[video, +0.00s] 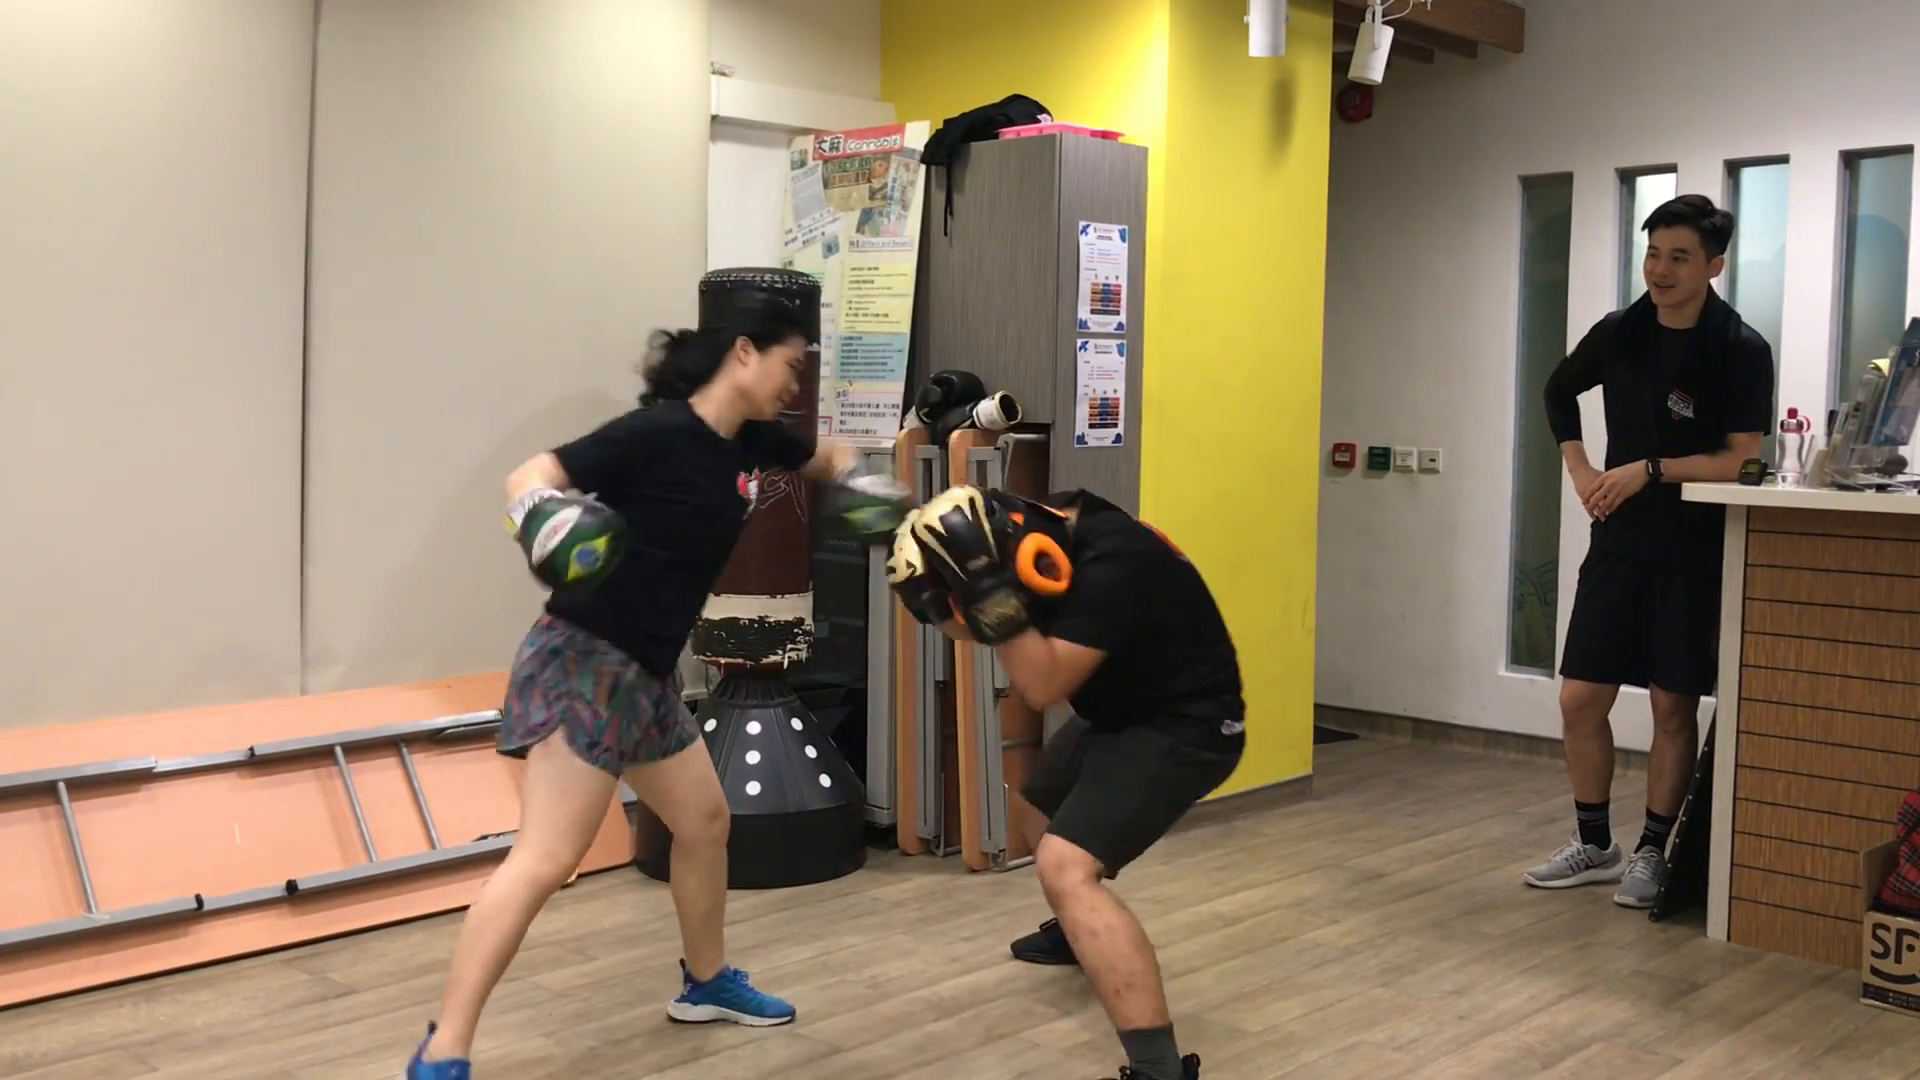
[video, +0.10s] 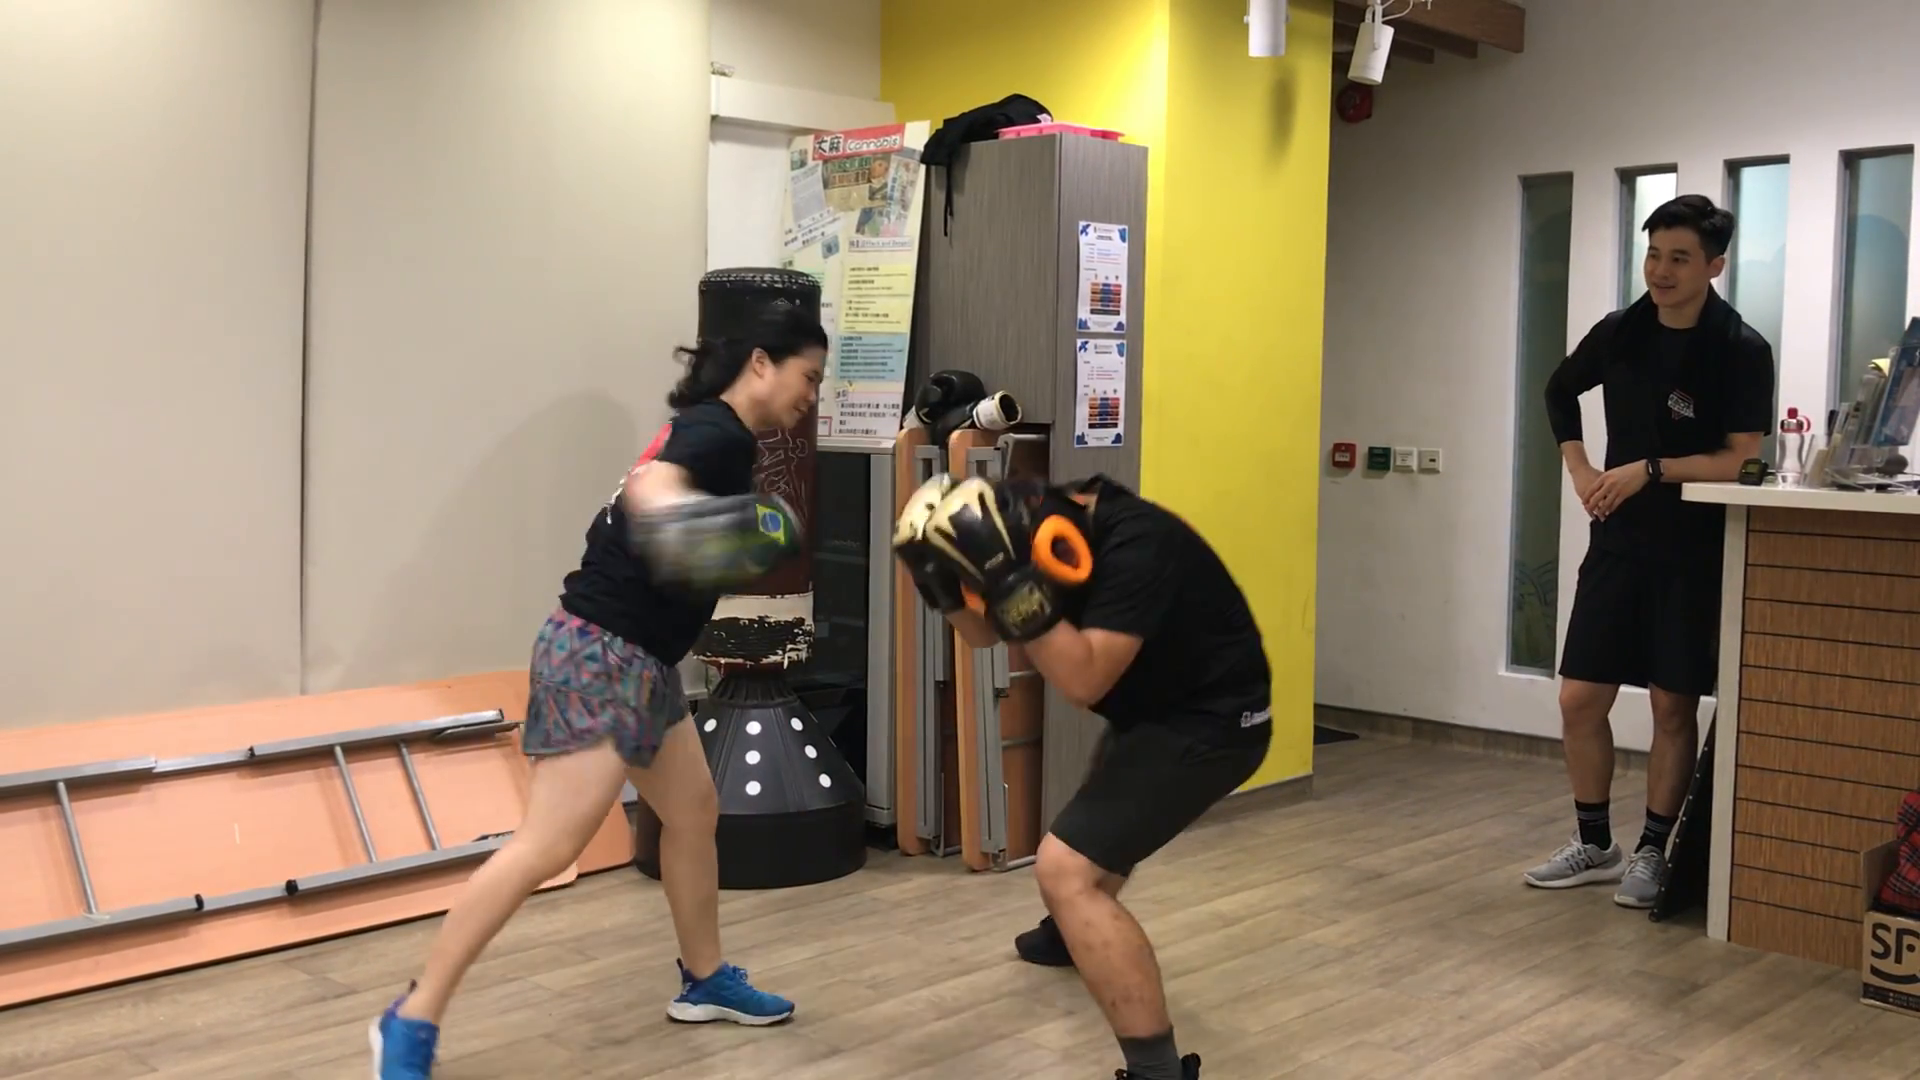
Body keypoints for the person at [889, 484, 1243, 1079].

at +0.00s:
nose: (959, 628)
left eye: (955, 615)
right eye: (948, 619)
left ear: (1006, 565)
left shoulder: (1115, 562)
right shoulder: (1053, 538)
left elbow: (1043, 686)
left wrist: (990, 596)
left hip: (1185, 725)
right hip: (1120, 712)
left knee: (1066, 863)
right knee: (1039, 801)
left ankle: (1159, 1066)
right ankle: (1078, 926)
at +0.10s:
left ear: (1028, 535)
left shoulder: (1140, 544)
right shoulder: (1053, 531)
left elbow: (1085, 682)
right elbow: (983, 632)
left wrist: (1011, 590)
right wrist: (947, 584)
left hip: (1211, 722)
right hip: (1148, 712)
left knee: (1064, 866)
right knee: (1100, 823)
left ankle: (1157, 1068)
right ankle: (1079, 929)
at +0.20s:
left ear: (1051, 473)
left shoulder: (1157, 512)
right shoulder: (1087, 496)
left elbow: (1078, 636)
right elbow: (1018, 589)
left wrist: (1010, 523)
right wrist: (973, 510)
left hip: (1234, 708)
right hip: (1176, 701)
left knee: (1077, 873)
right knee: (1143, 830)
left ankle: (1159, 1068)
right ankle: (1168, 967)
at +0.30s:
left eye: (1048, 427)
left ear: (1083, 418)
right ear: (1096, 400)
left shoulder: (1179, 462)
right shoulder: (1145, 442)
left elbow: (1061, 571)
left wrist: (1015, 451)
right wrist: (988, 423)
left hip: (1245, 702)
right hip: (1211, 693)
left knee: (1095, 882)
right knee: (1176, 845)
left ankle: (1162, 1071)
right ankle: (1275, 1012)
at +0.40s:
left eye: (1075, 372)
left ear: (1116, 365)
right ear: (1156, 337)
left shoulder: (1190, 429)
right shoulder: (1236, 395)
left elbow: (1051, 505)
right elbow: (1113, 467)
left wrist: (1036, 395)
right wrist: (1067, 389)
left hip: (1234, 700)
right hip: (1304, 688)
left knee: (1113, 876)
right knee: (1231, 872)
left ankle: (1165, 1069)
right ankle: (1361, 1050)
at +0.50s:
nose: (1146, 350)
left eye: (1149, 329)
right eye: (1141, 331)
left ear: (1176, 328)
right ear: (1228, 315)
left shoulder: (1208, 414)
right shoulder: (1303, 392)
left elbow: (1059, 462)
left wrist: (1067, 339)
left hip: (1239, 706)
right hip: (1340, 698)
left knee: (1130, 875)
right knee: (1315, 909)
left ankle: (1166, 1068)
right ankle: (1404, 1074)